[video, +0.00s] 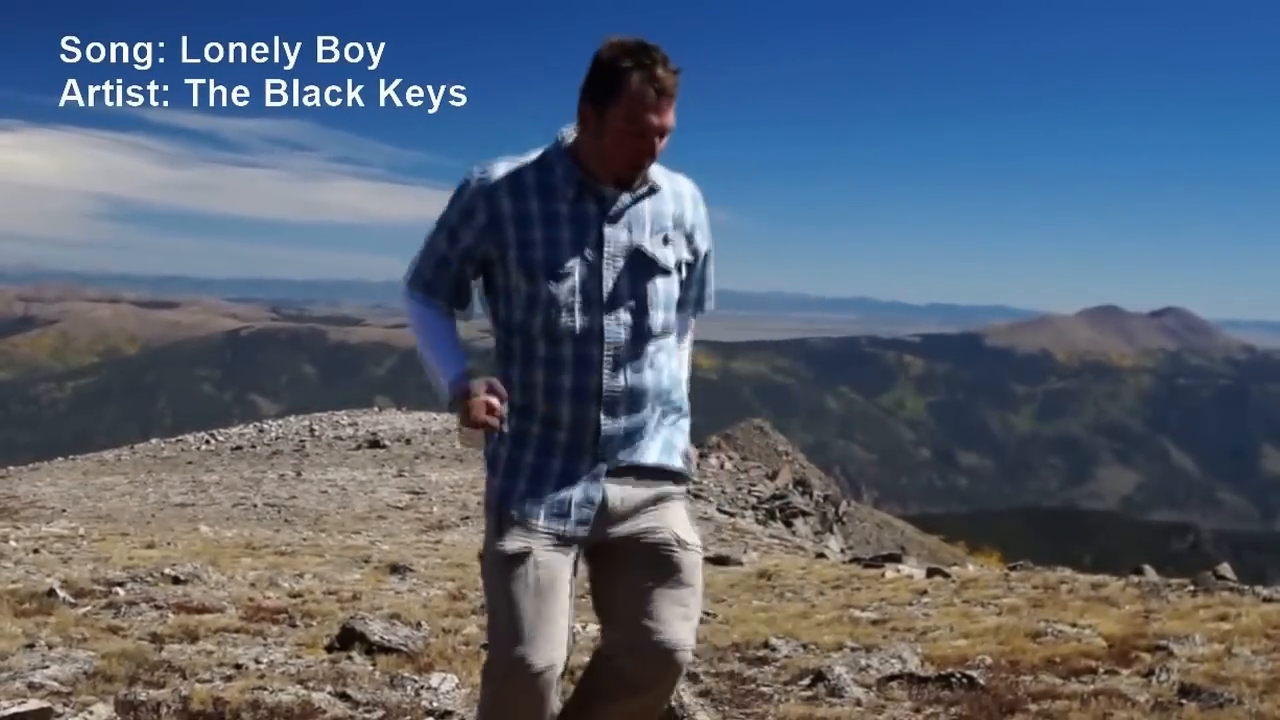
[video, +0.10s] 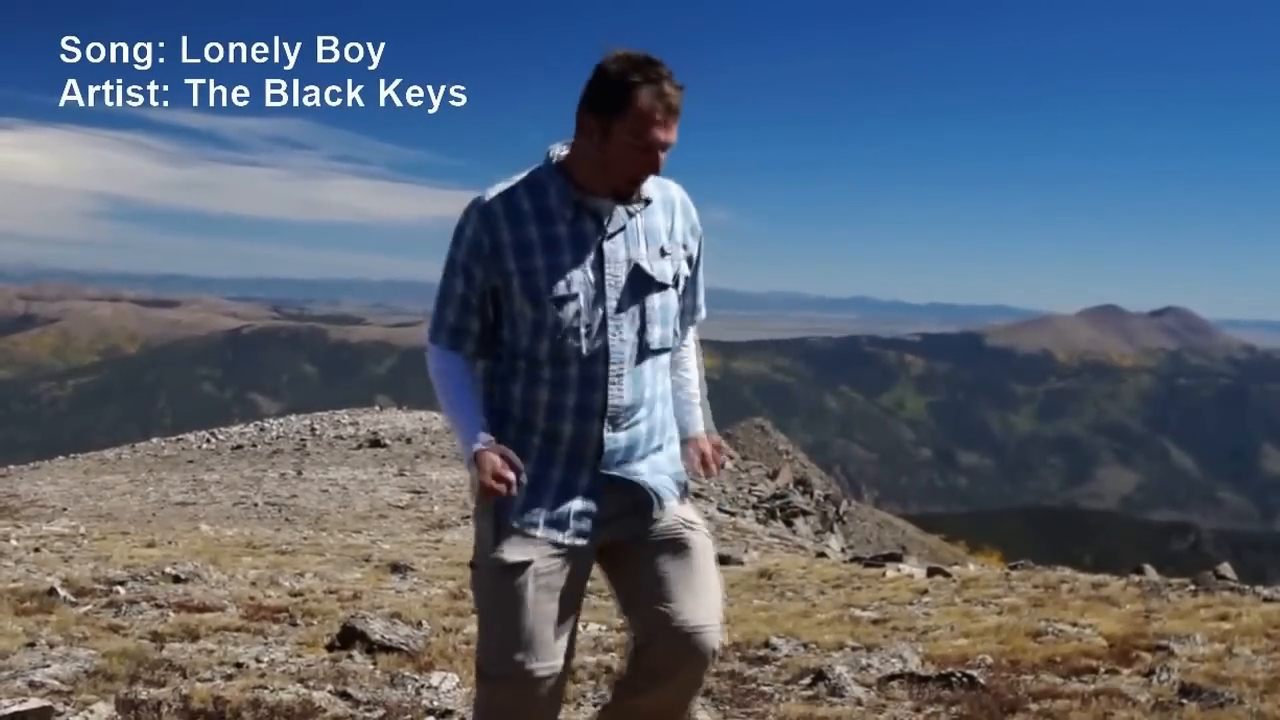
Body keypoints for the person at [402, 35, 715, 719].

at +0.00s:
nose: (656, 148)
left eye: (664, 133)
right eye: (645, 132)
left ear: (670, 123)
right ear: (594, 116)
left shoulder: (680, 203)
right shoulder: (496, 196)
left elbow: (682, 327)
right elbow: (427, 293)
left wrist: (670, 426)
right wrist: (457, 383)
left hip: (649, 477)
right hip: (536, 480)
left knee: (659, 653)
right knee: (529, 667)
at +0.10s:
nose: (659, 164)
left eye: (666, 149)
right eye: (650, 148)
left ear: (670, 136)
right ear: (595, 130)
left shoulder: (674, 210)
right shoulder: (497, 219)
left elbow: (682, 331)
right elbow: (449, 346)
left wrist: (694, 424)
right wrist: (476, 442)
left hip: (648, 480)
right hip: (535, 487)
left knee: (688, 640)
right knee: (524, 681)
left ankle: (625, 718)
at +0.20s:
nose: (678, 174)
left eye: (686, 158)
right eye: (670, 156)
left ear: (689, 143)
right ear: (614, 135)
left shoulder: (680, 202)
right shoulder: (507, 206)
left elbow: (705, 296)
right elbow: (432, 304)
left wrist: (755, 365)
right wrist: (500, 373)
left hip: (658, 462)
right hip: (548, 478)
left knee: (724, 604)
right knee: (537, 667)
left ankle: (684, 714)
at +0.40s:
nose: (723, 195)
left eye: (729, 179)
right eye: (715, 179)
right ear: (660, 158)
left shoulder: (721, 224)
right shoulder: (542, 226)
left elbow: (763, 287)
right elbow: (486, 352)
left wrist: (822, 347)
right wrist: (502, 469)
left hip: (695, 492)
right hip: (579, 500)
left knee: (761, 674)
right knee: (558, 688)